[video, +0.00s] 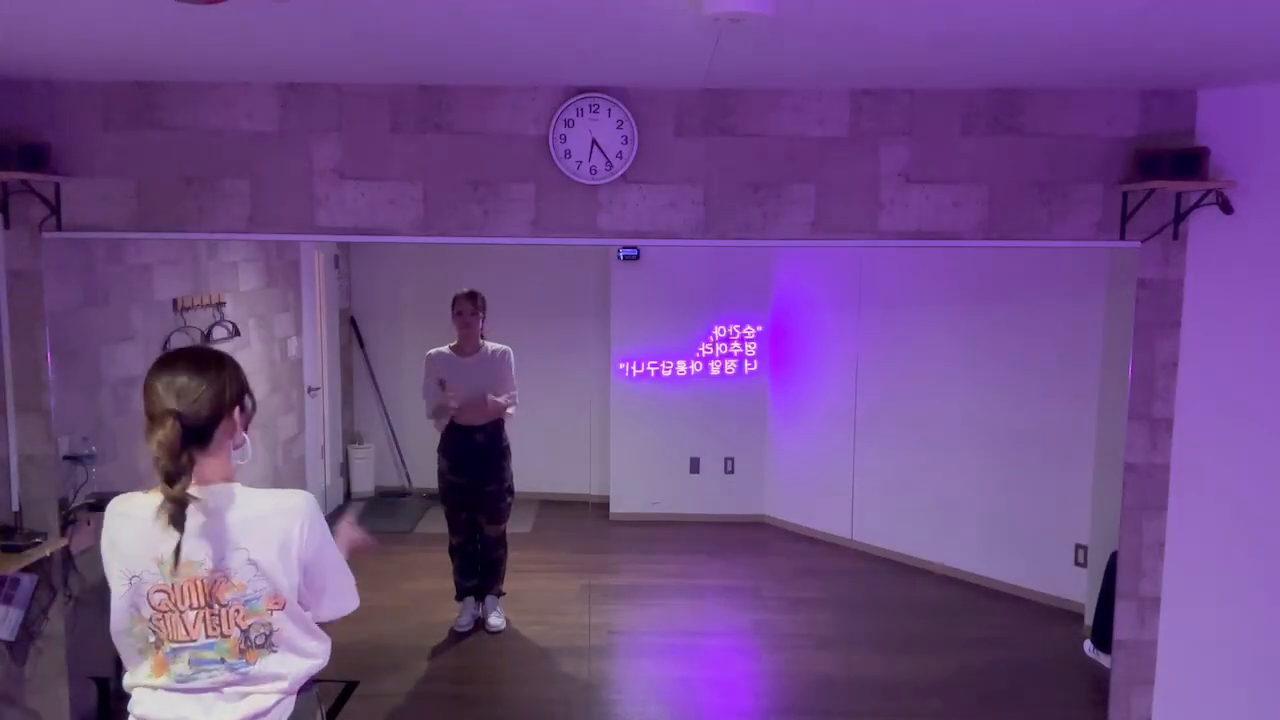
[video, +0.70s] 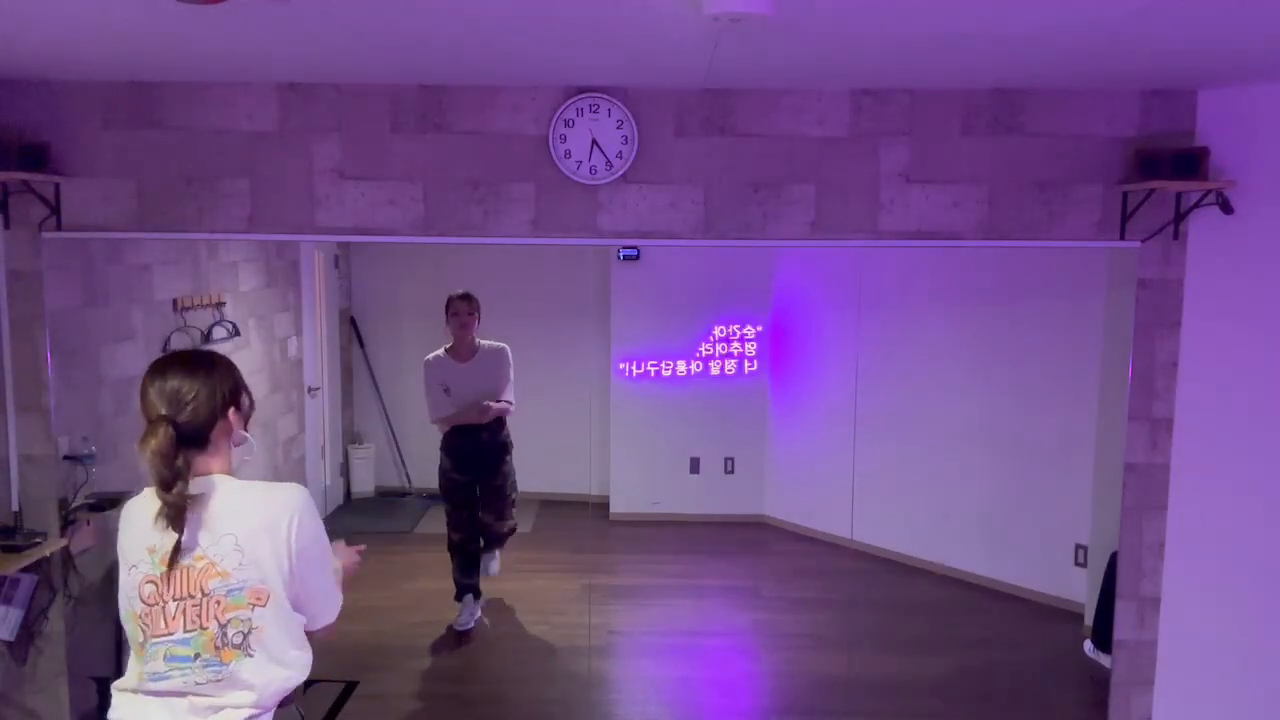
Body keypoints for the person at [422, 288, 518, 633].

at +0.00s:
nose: (465, 319)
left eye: (471, 313)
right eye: (459, 314)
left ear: (482, 318)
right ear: (452, 319)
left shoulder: (501, 355)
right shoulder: (436, 359)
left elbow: (511, 402)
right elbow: (431, 411)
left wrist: (499, 403)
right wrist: (444, 404)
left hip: (492, 445)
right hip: (455, 447)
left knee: (493, 525)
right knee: (459, 526)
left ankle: (493, 599)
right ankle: (468, 600)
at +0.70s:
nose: (462, 320)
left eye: (468, 314)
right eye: (455, 315)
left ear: (478, 319)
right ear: (446, 321)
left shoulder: (498, 353)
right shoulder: (434, 363)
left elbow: (507, 404)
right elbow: (437, 416)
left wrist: (489, 409)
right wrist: (474, 413)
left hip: (494, 442)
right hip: (457, 446)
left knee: (500, 519)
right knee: (459, 524)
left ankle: (490, 548)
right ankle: (468, 597)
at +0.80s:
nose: (463, 321)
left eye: (468, 314)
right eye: (456, 316)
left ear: (479, 317)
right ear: (447, 321)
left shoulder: (502, 352)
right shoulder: (438, 362)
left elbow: (517, 401)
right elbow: (444, 416)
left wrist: (506, 424)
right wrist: (484, 432)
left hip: (499, 446)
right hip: (461, 448)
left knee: (501, 529)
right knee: (462, 529)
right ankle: (468, 601)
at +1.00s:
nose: (471, 321)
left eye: (476, 314)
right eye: (463, 317)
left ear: (487, 318)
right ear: (457, 323)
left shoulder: (509, 350)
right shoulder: (458, 363)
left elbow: (524, 399)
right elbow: (473, 418)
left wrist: (536, 444)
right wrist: (487, 462)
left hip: (511, 437)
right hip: (474, 444)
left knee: (540, 519)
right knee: (469, 525)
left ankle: (502, 512)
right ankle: (469, 600)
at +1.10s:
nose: (483, 326)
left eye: (488, 318)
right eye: (475, 321)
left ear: (499, 321)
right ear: (468, 327)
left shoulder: (513, 350)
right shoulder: (474, 365)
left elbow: (523, 395)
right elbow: (488, 419)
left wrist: (539, 428)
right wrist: (500, 464)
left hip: (518, 441)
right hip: (483, 448)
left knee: (557, 511)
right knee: (477, 528)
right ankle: (469, 601)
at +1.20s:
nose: (499, 343)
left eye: (504, 337)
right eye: (492, 338)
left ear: (513, 338)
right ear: (484, 341)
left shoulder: (519, 361)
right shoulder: (489, 381)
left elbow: (528, 402)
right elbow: (505, 437)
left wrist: (543, 422)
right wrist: (533, 477)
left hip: (527, 452)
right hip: (497, 460)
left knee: (565, 517)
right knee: (482, 534)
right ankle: (469, 606)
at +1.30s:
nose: (516, 367)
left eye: (521, 360)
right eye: (509, 361)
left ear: (529, 360)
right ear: (500, 364)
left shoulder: (532, 379)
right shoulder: (505, 407)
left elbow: (533, 416)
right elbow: (520, 464)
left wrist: (557, 420)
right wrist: (561, 484)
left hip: (539, 472)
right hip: (510, 480)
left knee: (599, 527)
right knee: (493, 545)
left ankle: (613, 592)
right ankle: (470, 607)